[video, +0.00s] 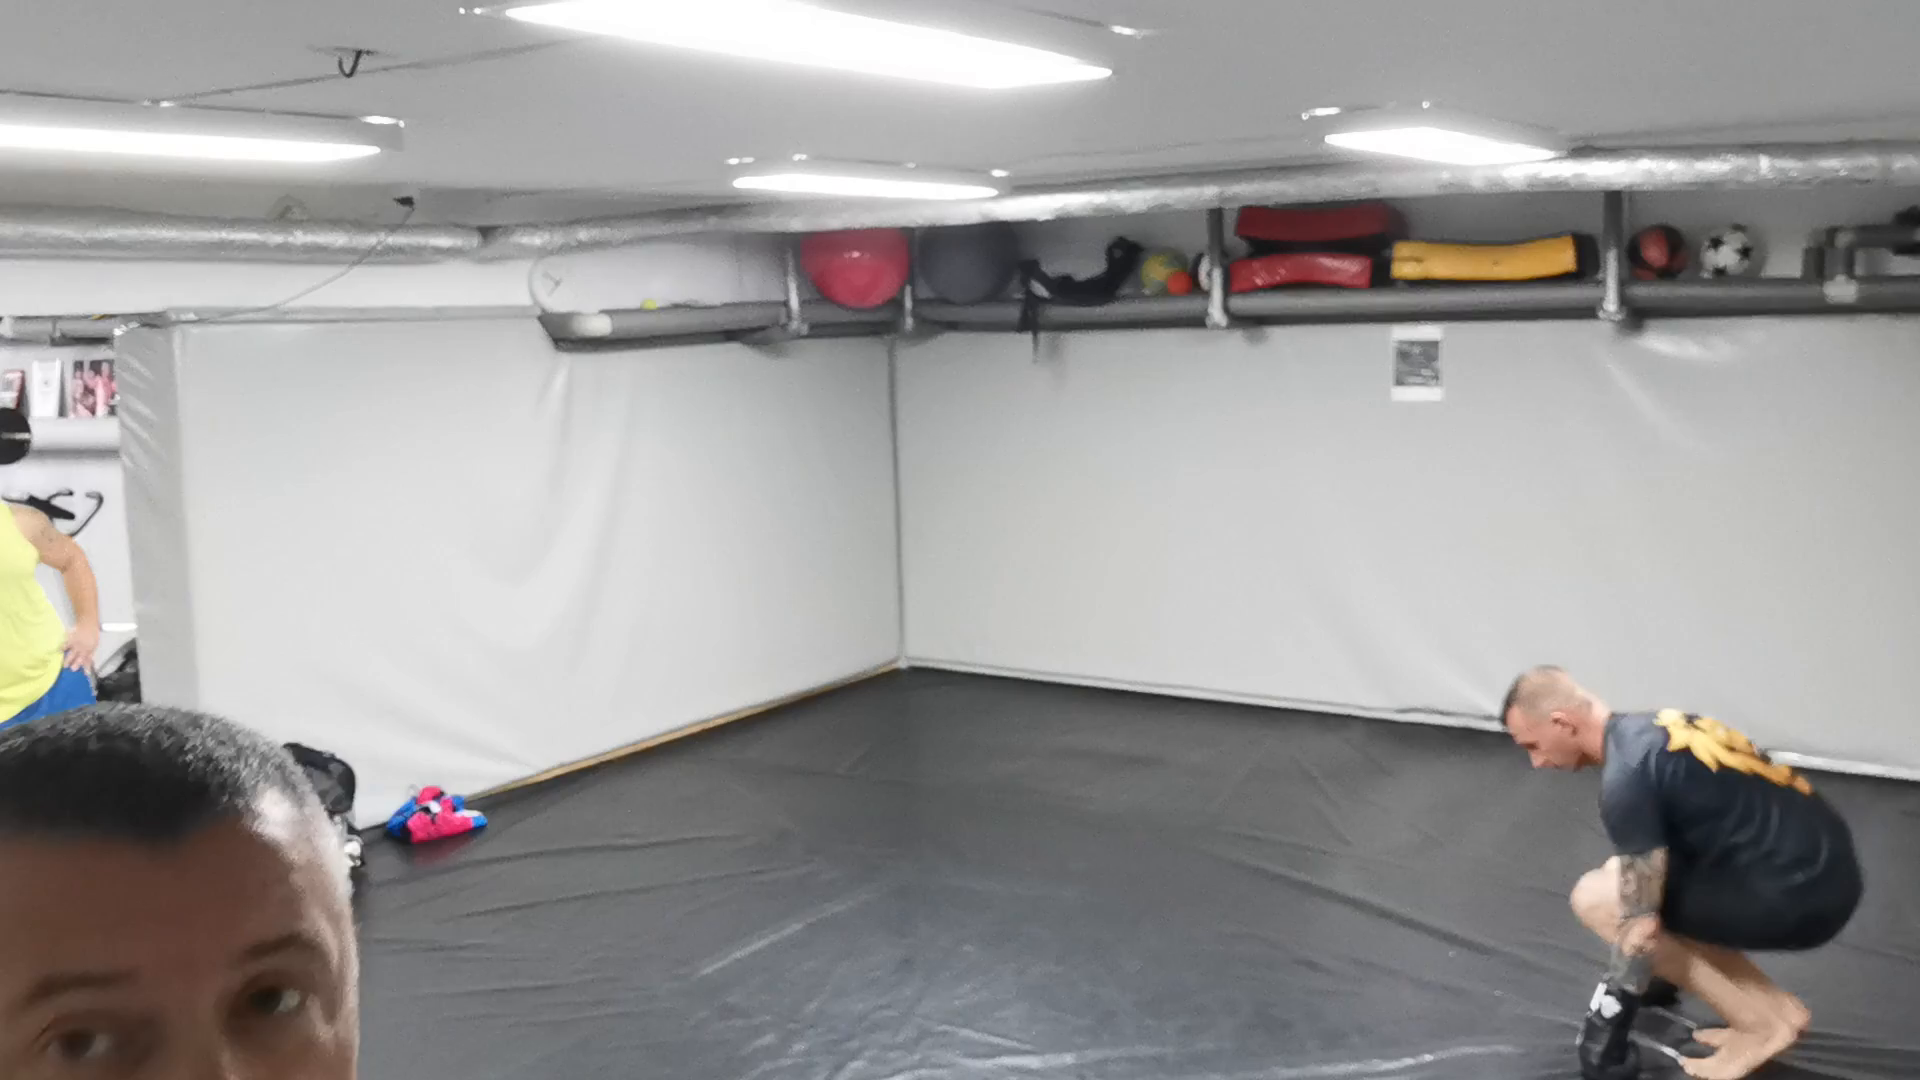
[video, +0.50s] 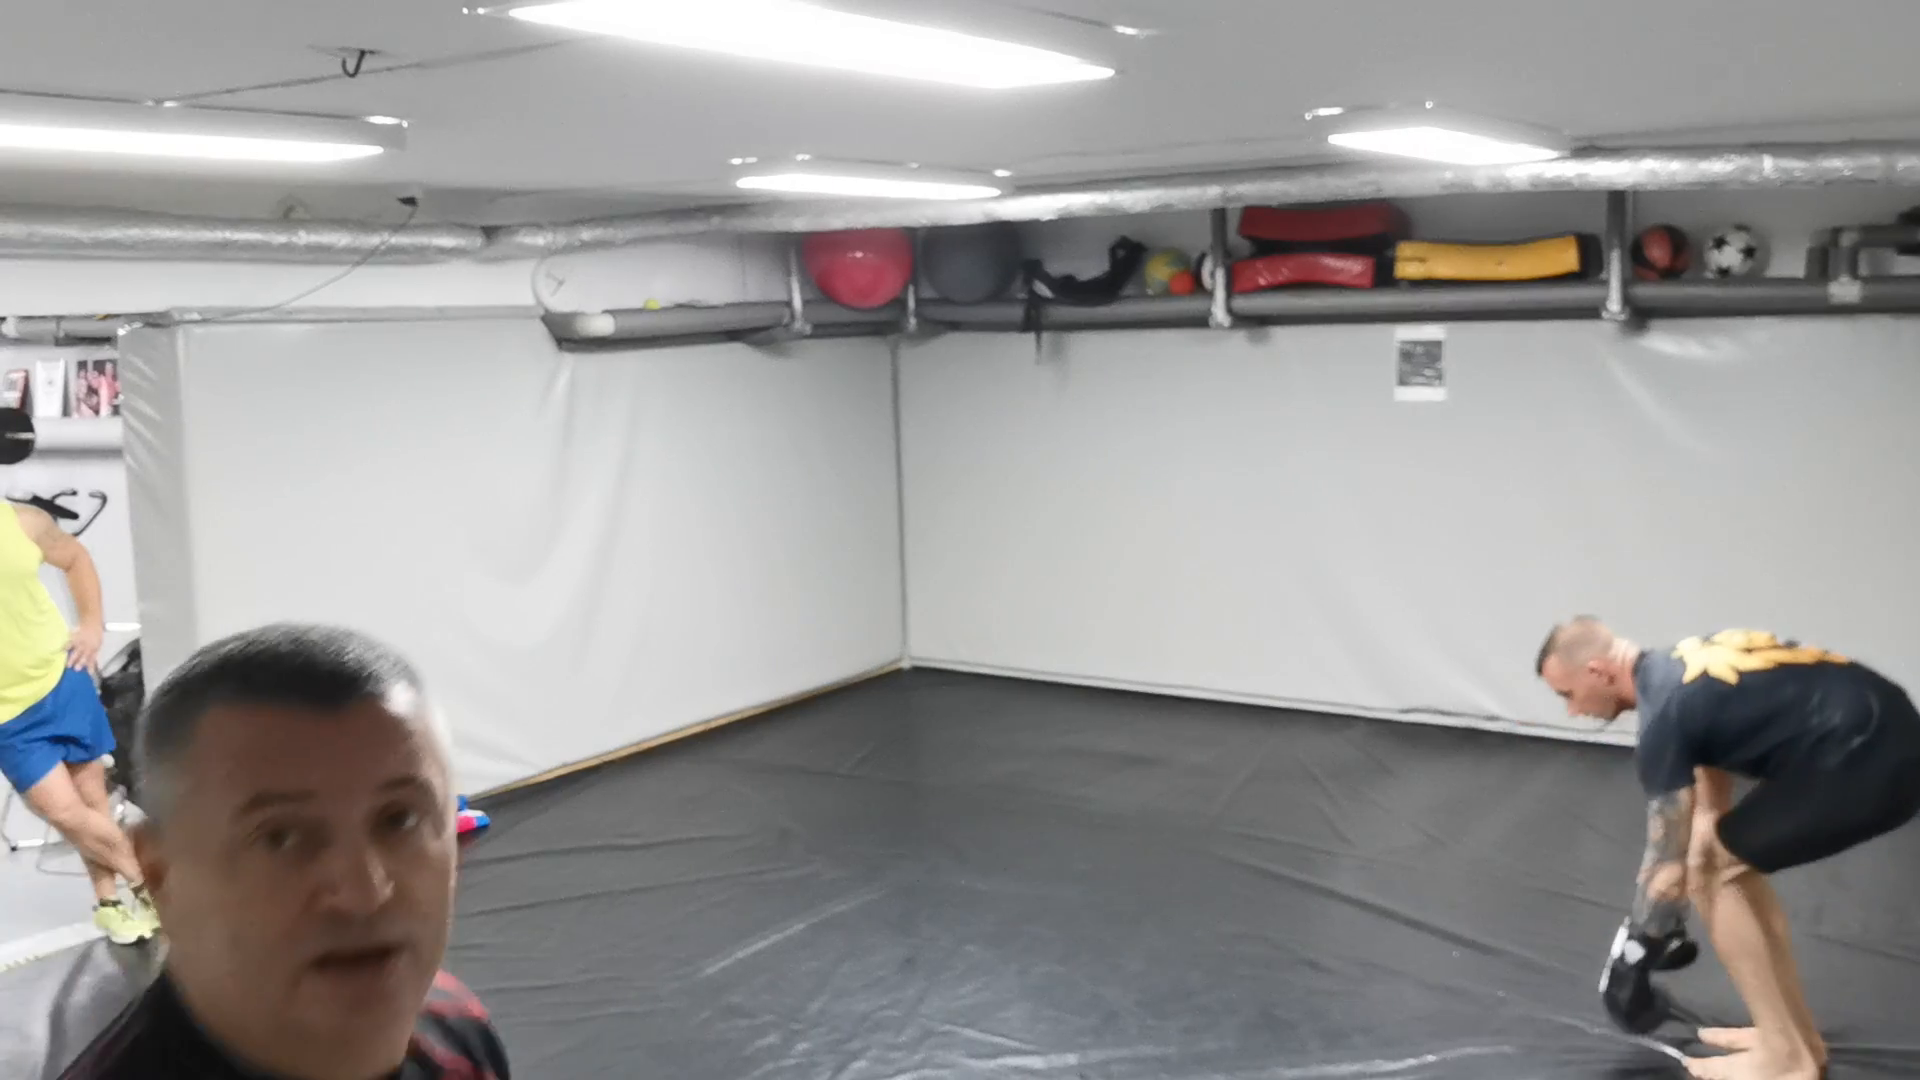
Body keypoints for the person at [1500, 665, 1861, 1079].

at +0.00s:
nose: (1535, 763)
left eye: (1532, 746)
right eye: (1527, 751)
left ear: (1565, 720)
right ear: (1573, 714)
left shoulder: (1627, 783)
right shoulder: (1651, 728)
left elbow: (1641, 923)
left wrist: (1613, 1011)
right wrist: (1661, 981)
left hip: (1804, 901)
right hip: (1827, 872)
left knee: (1593, 898)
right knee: (1620, 876)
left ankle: (1760, 1023)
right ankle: (1769, 1005)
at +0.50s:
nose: (1571, 710)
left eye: (1566, 694)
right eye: (1563, 698)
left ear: (1599, 671)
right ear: (1607, 660)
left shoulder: (1663, 720)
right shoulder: (1686, 662)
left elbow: (1665, 860)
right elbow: (1711, 813)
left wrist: (1632, 951)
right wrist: (1668, 920)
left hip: (1872, 763)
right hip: (1893, 743)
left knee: (1705, 868)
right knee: (1727, 858)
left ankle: (1783, 1053)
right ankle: (1793, 1030)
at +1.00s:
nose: (1594, 536)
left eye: (1596, 520)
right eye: (1590, 523)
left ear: (1644, 506)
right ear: (1649, 507)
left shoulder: (1693, 569)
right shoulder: (1727, 533)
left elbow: (1727, 704)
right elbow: (1799, 659)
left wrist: (1691, 787)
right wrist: (1758, 742)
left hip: (1857, 697)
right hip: (1886, 688)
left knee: (1751, 855)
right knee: (1784, 858)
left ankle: (1786, 1046)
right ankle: (1802, 1035)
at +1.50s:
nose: (1650, 414)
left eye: (1667, 399)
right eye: (1643, 399)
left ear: (1711, 402)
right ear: (1637, 403)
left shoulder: (1747, 477)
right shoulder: (1682, 481)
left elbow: (1831, 575)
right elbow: (1719, 578)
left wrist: (1737, 618)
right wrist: (1680, 611)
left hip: (1797, 690)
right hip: (1766, 685)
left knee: (1681, 846)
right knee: (1751, 854)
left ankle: (1679, 1040)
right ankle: (1797, 1028)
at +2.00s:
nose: (1606, 404)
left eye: (1627, 391)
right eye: (1596, 387)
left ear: (1661, 399)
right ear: (1584, 390)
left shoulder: (1682, 485)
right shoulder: (1594, 468)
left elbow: (1748, 608)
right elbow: (1611, 563)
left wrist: (1646, 631)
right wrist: (1577, 587)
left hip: (1695, 701)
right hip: (1655, 695)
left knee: (1622, 877)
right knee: (1691, 858)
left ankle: (1617, 1062)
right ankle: (1778, 1001)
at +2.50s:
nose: (1557, 389)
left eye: (1577, 377)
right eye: (1546, 372)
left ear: (1611, 389)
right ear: (1531, 377)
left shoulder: (1613, 476)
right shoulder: (1536, 449)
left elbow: (1604, 615)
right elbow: (1545, 545)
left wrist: (1510, 585)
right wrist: (1497, 545)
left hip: (1620, 707)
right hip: (1565, 694)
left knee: (1603, 889)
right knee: (1504, 846)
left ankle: (1619, 1059)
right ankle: (1498, 1018)